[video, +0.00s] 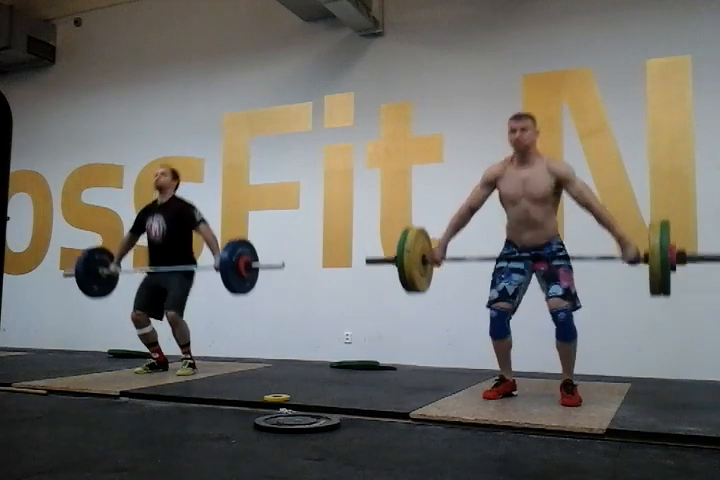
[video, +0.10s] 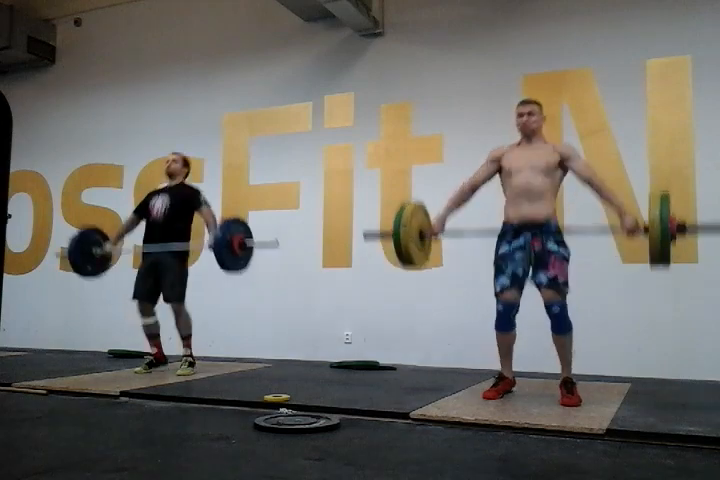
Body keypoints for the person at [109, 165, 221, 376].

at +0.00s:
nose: (157, 176)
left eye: (163, 174)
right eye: (156, 174)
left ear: (174, 182)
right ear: (155, 182)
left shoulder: (185, 208)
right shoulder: (147, 211)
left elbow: (205, 231)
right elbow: (131, 238)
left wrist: (217, 255)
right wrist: (116, 260)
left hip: (180, 272)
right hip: (156, 272)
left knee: (172, 314)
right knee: (139, 316)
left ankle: (188, 360)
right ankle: (159, 360)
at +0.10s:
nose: (169, 163)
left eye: (175, 161)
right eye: (168, 161)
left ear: (185, 170)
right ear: (164, 168)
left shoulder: (191, 193)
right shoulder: (153, 195)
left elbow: (207, 214)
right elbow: (133, 220)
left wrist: (213, 235)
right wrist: (112, 241)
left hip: (175, 256)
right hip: (150, 257)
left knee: (176, 304)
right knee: (144, 304)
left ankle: (188, 356)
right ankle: (157, 355)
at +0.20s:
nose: (176, 159)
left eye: (182, 157)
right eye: (174, 157)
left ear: (192, 165)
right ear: (172, 165)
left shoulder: (196, 183)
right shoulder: (159, 187)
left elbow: (212, 197)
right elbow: (134, 204)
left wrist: (220, 211)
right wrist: (109, 213)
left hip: (174, 243)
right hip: (149, 243)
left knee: (177, 294)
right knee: (138, 295)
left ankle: (187, 346)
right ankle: (150, 343)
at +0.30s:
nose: (169, 169)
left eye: (175, 166)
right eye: (168, 166)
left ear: (186, 171)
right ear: (166, 171)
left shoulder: (193, 191)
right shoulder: (159, 193)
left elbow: (217, 196)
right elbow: (131, 201)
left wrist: (221, 180)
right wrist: (105, 196)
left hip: (175, 253)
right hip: (151, 253)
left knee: (172, 296)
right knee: (121, 296)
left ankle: (183, 346)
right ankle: (143, 342)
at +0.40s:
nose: (156, 190)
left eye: (161, 187)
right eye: (155, 187)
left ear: (172, 190)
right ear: (153, 191)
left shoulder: (184, 209)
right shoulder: (148, 211)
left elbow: (206, 203)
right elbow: (122, 207)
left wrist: (205, 180)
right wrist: (102, 188)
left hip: (176, 276)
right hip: (152, 277)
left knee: (170, 309)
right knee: (114, 310)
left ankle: (178, 362)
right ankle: (125, 360)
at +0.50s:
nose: (139, 211)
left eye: (144, 207)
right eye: (138, 207)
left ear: (156, 208)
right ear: (136, 209)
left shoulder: (170, 225)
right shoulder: (134, 227)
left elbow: (191, 206)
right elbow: (110, 210)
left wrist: (201, 181)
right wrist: (96, 189)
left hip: (173, 289)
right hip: (148, 291)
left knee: (169, 313)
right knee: (107, 315)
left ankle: (177, 361)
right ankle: (124, 361)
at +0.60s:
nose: (127, 220)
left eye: (131, 216)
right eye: (125, 216)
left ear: (145, 218)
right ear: (124, 218)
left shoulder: (160, 234)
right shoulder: (124, 236)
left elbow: (186, 210)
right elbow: (104, 214)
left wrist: (201, 186)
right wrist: (93, 194)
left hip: (168, 294)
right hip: (143, 298)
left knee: (170, 314)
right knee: (104, 317)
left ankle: (176, 362)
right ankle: (124, 361)